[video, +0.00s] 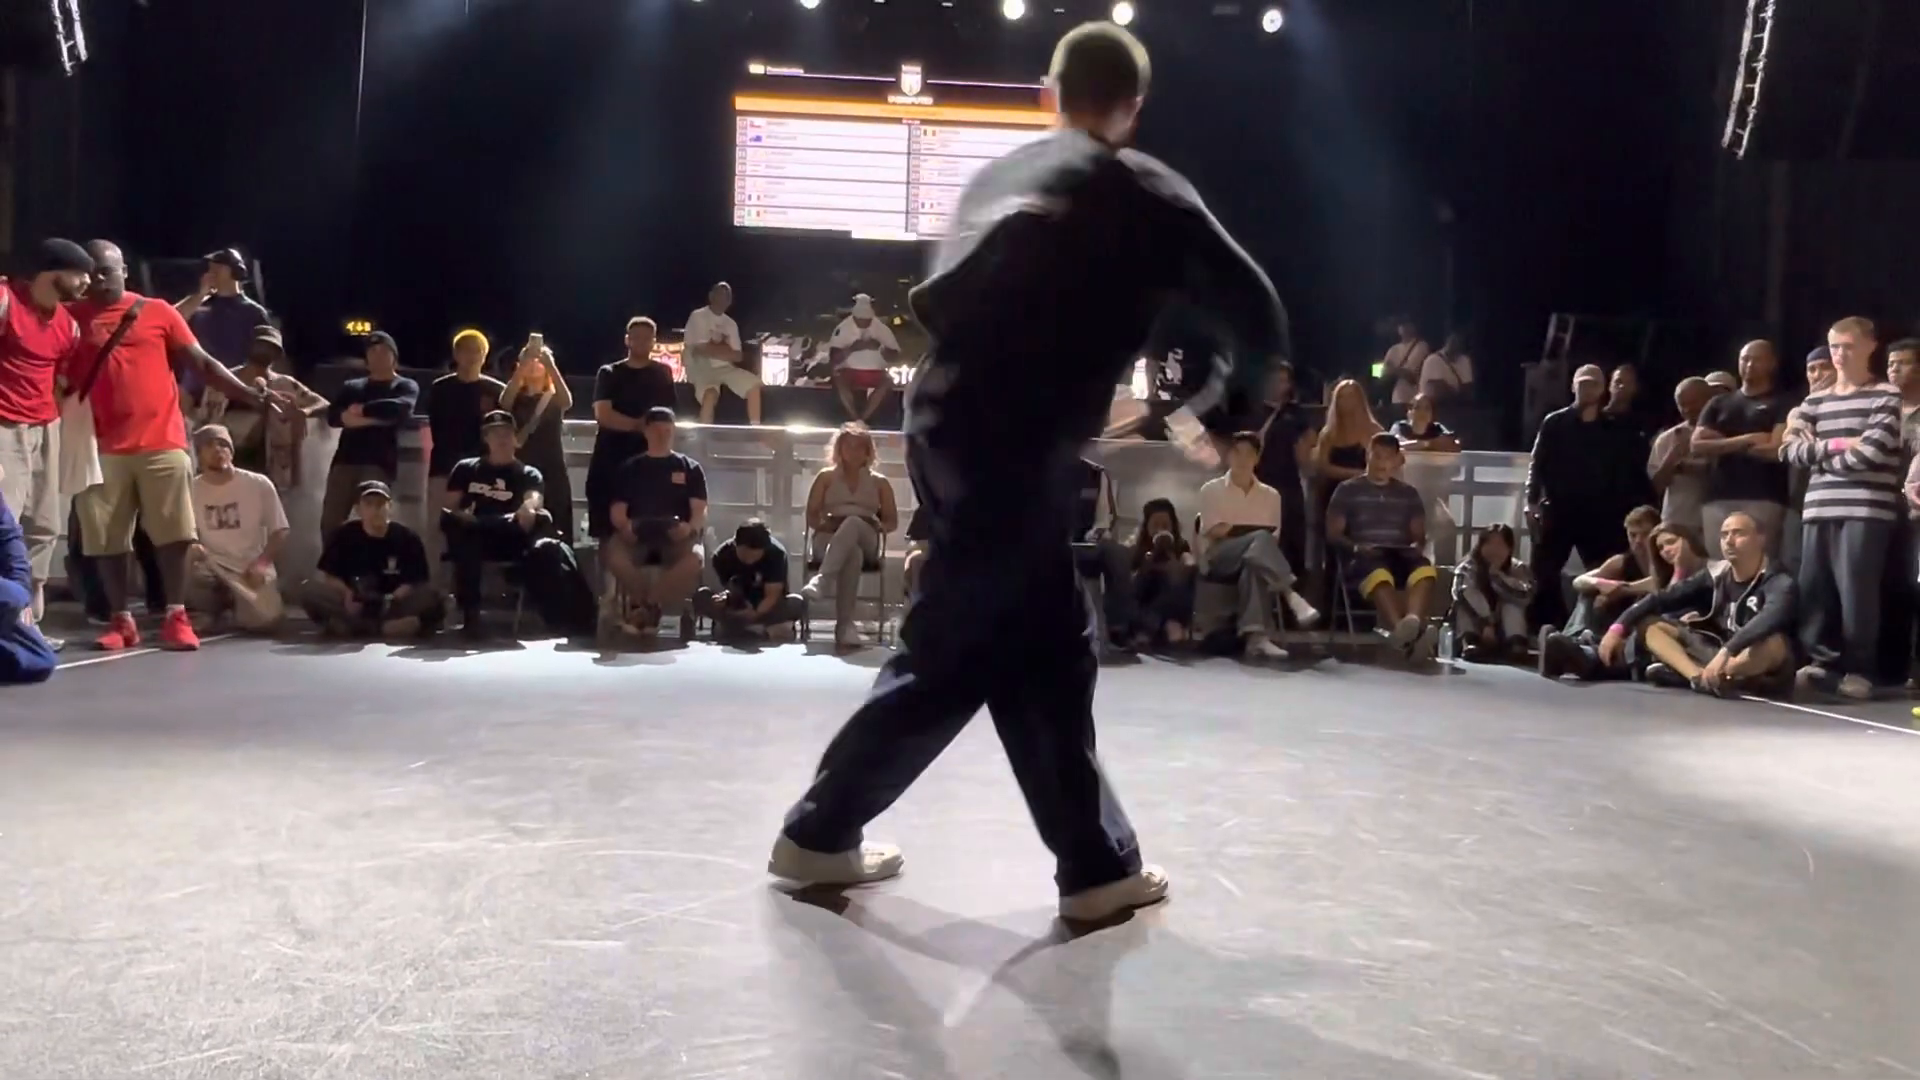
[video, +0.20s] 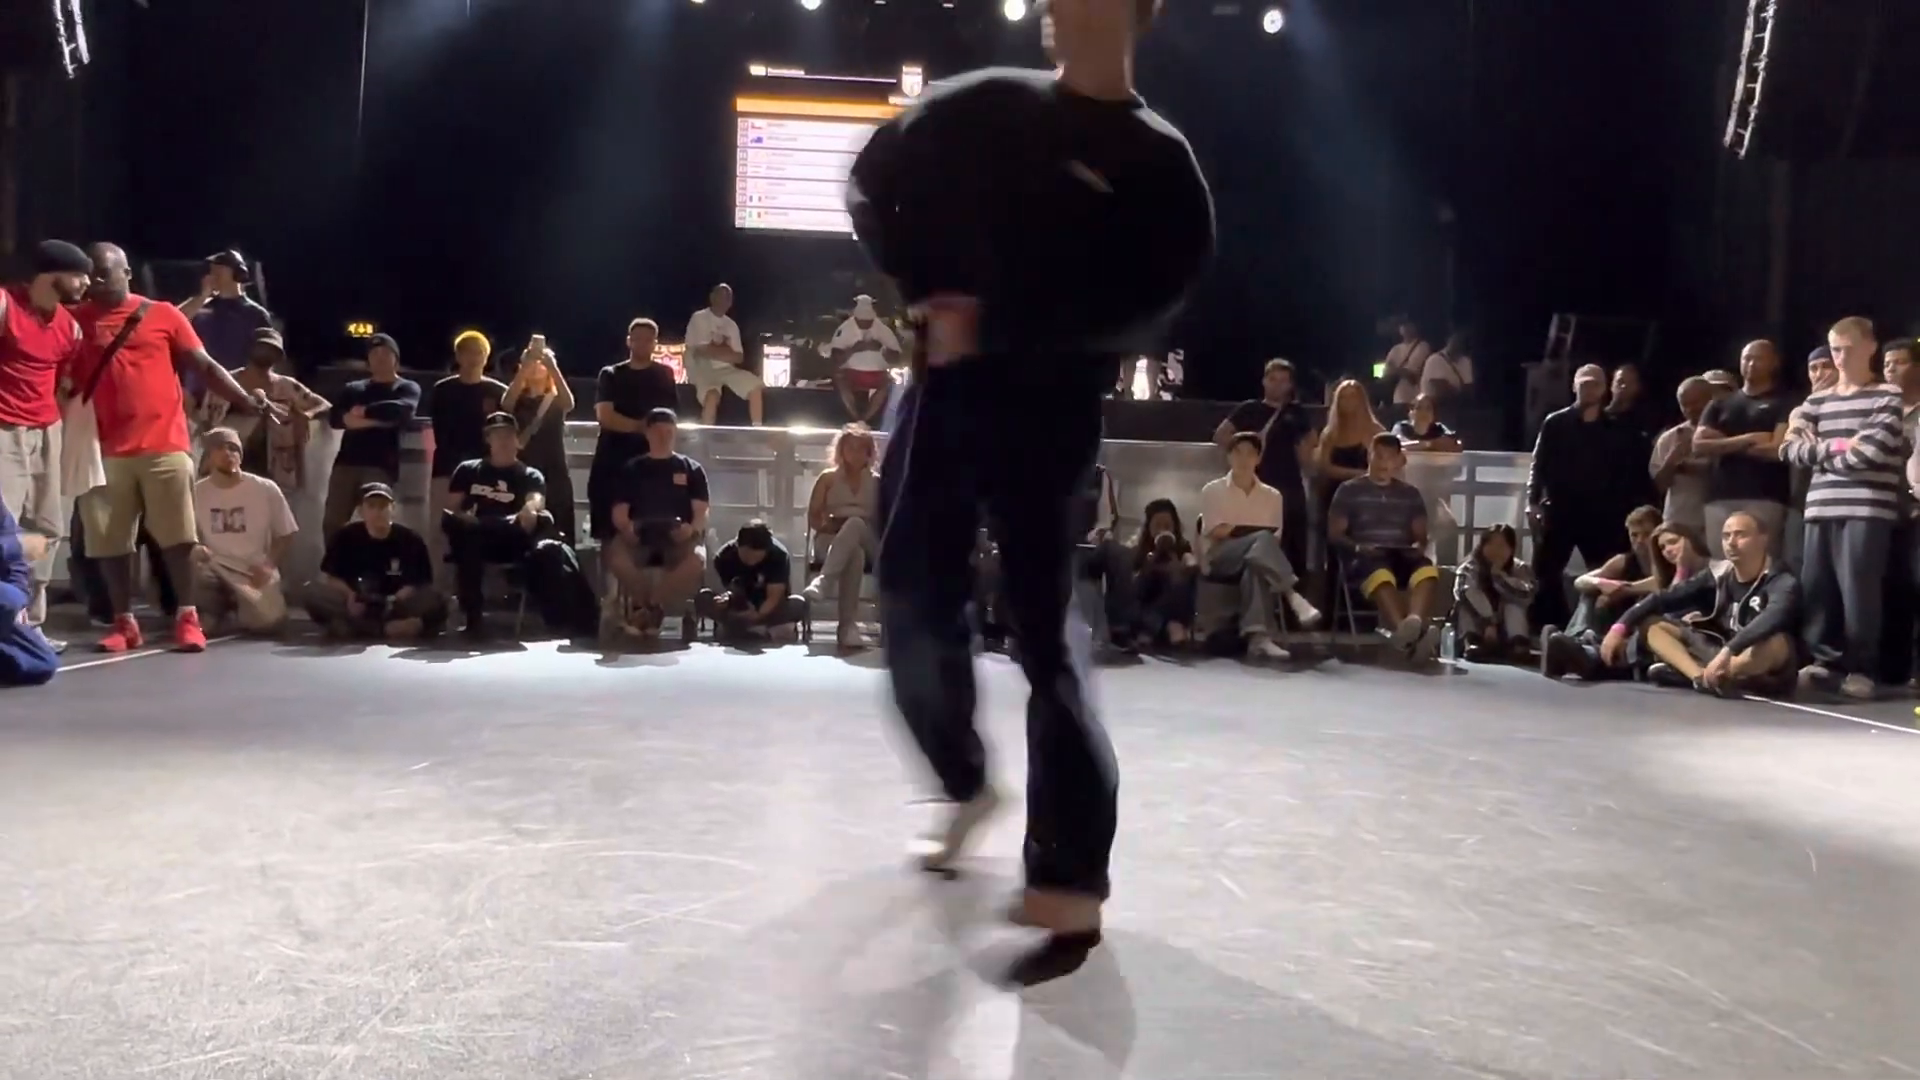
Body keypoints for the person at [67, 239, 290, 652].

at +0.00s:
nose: (101, 278)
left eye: (108, 270)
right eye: (93, 272)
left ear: (125, 272)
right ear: (82, 276)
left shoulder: (157, 311)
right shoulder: (75, 321)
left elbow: (204, 362)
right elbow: (59, 386)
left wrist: (256, 396)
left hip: (162, 442)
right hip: (104, 448)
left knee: (174, 531)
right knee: (108, 540)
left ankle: (175, 617)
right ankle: (120, 622)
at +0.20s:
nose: (96, 280)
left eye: (104, 272)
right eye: (91, 273)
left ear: (126, 273)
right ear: (85, 277)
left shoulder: (162, 314)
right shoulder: (78, 322)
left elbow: (207, 365)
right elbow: (62, 388)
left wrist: (248, 400)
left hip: (164, 445)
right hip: (107, 452)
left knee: (178, 537)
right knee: (111, 543)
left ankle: (186, 617)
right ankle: (123, 624)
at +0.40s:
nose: (98, 280)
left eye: (105, 271)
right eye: (94, 273)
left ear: (131, 271)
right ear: (90, 278)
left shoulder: (170, 315)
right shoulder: (84, 322)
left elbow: (211, 369)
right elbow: (68, 386)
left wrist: (234, 412)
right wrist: (70, 382)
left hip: (169, 450)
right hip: (111, 453)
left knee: (183, 540)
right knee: (115, 544)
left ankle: (189, 618)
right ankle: (126, 624)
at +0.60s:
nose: (108, 282)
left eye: (115, 273)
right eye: (104, 275)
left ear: (140, 269)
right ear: (102, 276)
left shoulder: (180, 313)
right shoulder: (91, 321)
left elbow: (217, 374)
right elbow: (81, 376)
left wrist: (211, 424)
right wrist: (59, 407)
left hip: (175, 450)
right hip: (116, 453)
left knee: (189, 540)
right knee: (119, 544)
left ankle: (193, 616)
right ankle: (130, 622)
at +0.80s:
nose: (110, 286)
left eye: (114, 277)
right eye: (108, 280)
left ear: (143, 269)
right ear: (114, 280)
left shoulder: (185, 312)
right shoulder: (107, 321)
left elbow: (224, 372)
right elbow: (94, 372)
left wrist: (202, 423)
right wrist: (89, 390)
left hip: (184, 449)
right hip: (129, 451)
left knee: (196, 540)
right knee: (127, 542)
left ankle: (197, 617)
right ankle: (134, 620)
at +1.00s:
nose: (114, 285)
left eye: (118, 276)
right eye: (113, 278)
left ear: (145, 269)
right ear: (134, 274)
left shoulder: (191, 311)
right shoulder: (114, 320)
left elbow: (229, 368)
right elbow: (99, 381)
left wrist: (208, 423)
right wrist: (106, 361)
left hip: (190, 448)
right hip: (135, 450)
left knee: (202, 540)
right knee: (134, 542)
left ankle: (201, 617)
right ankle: (137, 619)